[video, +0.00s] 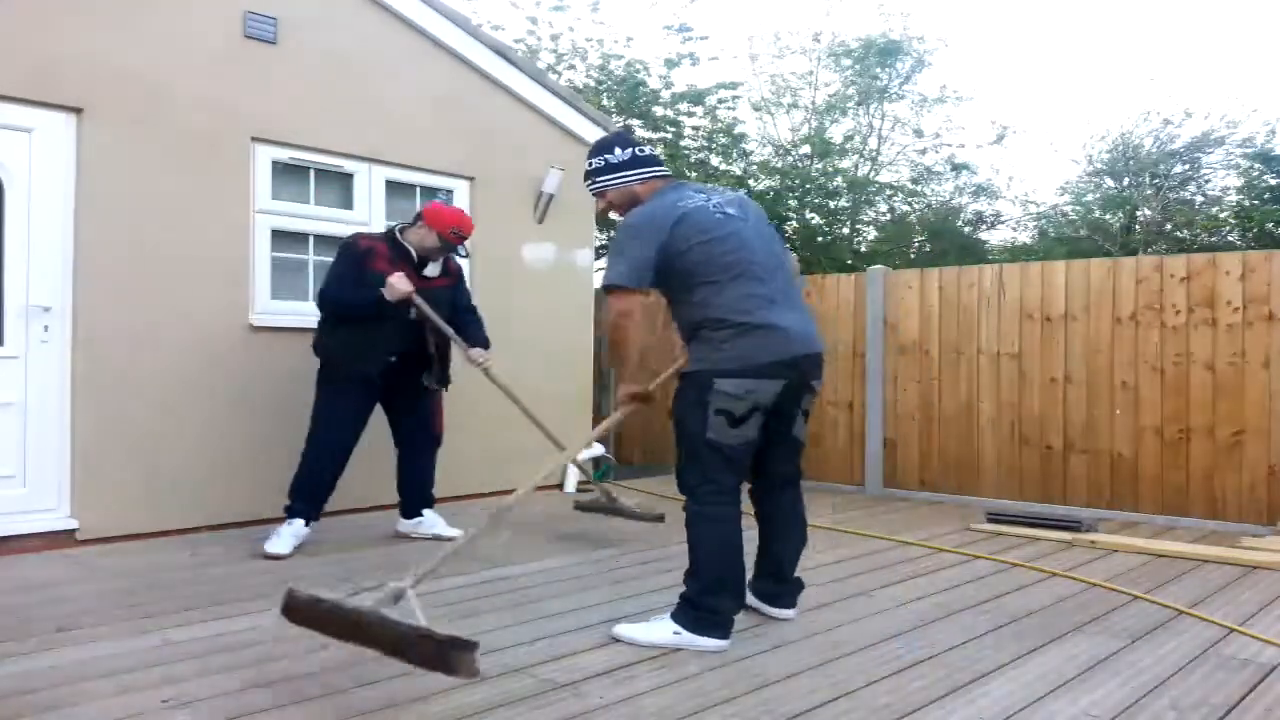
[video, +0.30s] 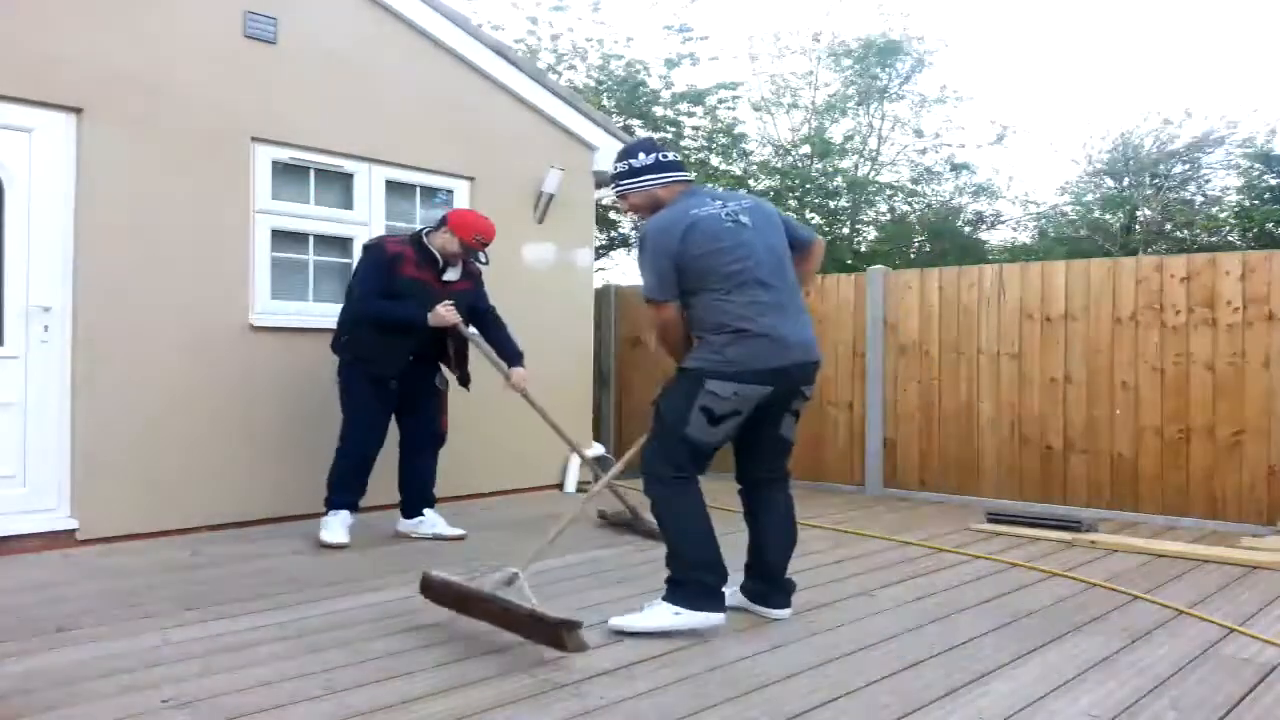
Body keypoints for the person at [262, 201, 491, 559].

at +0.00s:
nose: (445, 255)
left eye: (450, 250)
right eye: (443, 246)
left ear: (432, 234)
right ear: (424, 228)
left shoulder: (446, 270)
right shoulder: (361, 250)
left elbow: (463, 311)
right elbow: (330, 300)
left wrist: (478, 342)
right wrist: (383, 294)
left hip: (412, 371)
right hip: (352, 367)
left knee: (421, 440)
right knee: (329, 443)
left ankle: (416, 514)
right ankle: (298, 520)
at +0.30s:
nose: (467, 259)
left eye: (471, 254)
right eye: (466, 250)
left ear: (457, 242)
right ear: (447, 234)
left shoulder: (465, 275)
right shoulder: (385, 253)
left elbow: (485, 317)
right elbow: (361, 306)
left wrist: (515, 362)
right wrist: (426, 317)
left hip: (421, 367)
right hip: (368, 362)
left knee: (425, 437)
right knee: (363, 435)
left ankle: (416, 514)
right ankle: (339, 512)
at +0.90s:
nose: (442, 255)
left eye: (447, 250)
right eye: (440, 246)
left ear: (450, 246)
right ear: (423, 230)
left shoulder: (451, 270)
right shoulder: (365, 246)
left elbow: (442, 323)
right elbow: (308, 286)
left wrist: (404, 342)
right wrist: (347, 262)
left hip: (420, 362)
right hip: (363, 361)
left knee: (440, 428)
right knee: (371, 434)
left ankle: (430, 510)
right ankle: (375, 513)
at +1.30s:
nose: (459, 253)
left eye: (465, 249)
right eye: (456, 245)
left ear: (471, 246)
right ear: (441, 228)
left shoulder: (472, 268)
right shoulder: (389, 247)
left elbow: (488, 322)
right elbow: (333, 286)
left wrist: (458, 331)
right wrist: (370, 264)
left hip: (444, 365)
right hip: (388, 365)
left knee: (469, 433)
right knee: (382, 443)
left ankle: (497, 505)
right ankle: (377, 512)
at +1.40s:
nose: (473, 256)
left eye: (479, 252)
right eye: (470, 248)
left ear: (486, 248)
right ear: (454, 231)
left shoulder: (487, 271)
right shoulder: (405, 251)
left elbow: (513, 321)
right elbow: (354, 292)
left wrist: (494, 337)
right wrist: (396, 277)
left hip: (454, 370)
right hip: (398, 368)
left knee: (475, 440)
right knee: (389, 444)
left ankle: (503, 510)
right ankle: (377, 514)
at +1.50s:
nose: (493, 261)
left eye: (498, 256)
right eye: (490, 253)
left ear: (503, 251)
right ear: (473, 237)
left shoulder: (505, 273)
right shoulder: (424, 254)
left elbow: (534, 317)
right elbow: (379, 297)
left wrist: (530, 345)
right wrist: (425, 293)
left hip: (470, 372)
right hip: (413, 370)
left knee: (490, 439)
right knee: (396, 443)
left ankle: (504, 508)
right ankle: (378, 512)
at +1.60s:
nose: (508, 260)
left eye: (514, 256)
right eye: (505, 252)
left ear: (521, 253)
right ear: (489, 235)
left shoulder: (524, 275)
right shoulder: (441, 255)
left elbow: (550, 314)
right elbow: (404, 301)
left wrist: (561, 352)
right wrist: (455, 303)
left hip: (488, 373)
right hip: (429, 368)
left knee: (499, 438)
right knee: (406, 439)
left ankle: (506, 509)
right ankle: (382, 511)